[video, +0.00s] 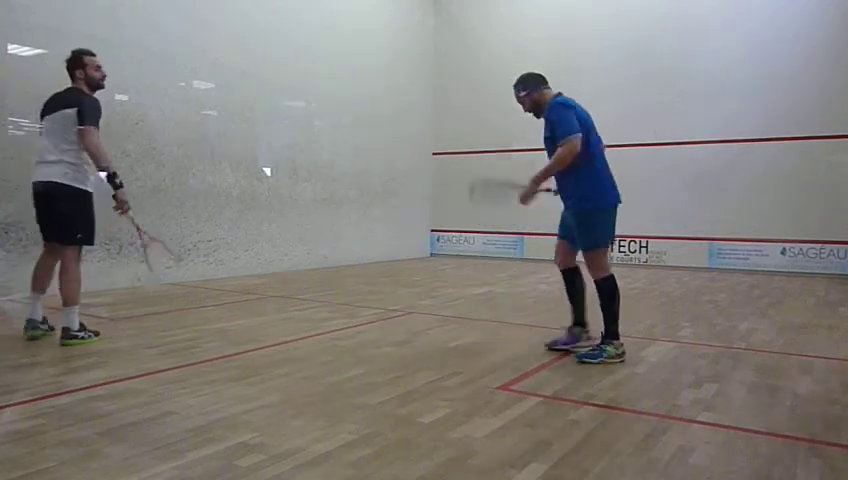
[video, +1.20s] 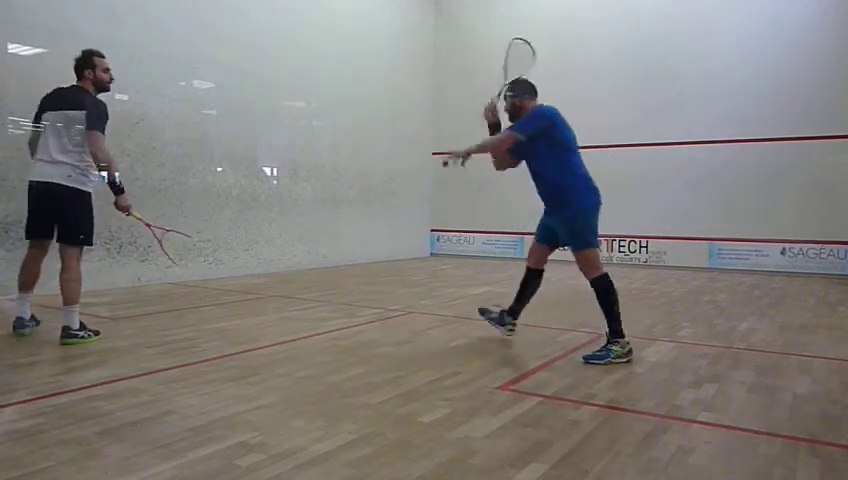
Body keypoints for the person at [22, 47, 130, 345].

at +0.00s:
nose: (103, 73)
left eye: (102, 68)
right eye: (97, 68)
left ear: (77, 75)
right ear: (79, 73)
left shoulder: (50, 102)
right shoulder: (88, 103)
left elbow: (53, 146)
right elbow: (90, 141)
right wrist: (116, 183)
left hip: (43, 185)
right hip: (70, 187)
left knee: (51, 250)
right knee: (71, 256)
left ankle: (34, 319)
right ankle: (72, 327)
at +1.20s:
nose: (111, 76)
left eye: (110, 70)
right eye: (105, 71)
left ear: (82, 75)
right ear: (88, 74)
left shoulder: (50, 98)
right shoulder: (95, 105)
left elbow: (33, 144)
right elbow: (98, 150)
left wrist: (50, 170)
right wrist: (119, 190)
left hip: (40, 185)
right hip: (74, 190)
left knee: (36, 249)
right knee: (71, 259)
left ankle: (22, 316)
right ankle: (72, 326)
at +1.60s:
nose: (66, 78)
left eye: (64, 73)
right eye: (62, 73)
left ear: (37, 77)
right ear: (50, 76)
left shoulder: (9, 104)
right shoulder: (65, 109)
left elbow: (1, 143)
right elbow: (82, 155)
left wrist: (4, 173)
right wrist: (82, 174)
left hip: (13, 190)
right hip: (53, 192)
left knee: (15, 251)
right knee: (67, 253)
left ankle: (11, 315)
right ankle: (70, 307)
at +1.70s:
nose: (56, 76)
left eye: (53, 71)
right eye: (52, 71)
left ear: (27, 78)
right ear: (42, 76)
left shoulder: (5, 102)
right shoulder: (59, 108)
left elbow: (3, 143)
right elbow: (75, 154)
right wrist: (65, 162)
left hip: (10, 189)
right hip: (48, 191)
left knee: (11, 249)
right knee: (60, 247)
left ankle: (10, 314)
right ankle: (62, 303)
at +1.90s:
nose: (45, 76)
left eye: (42, 72)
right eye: (42, 72)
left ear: (16, 78)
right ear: (34, 77)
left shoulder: (3, 102)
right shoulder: (55, 109)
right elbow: (65, 149)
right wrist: (37, 135)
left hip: (8, 187)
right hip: (44, 189)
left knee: (9, 248)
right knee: (41, 245)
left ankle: (10, 312)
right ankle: (46, 306)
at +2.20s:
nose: (48, 105)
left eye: (47, 101)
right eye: (47, 101)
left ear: (25, 101)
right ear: (46, 101)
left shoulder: (13, 119)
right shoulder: (58, 126)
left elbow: (2, 137)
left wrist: (7, 110)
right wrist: (15, 112)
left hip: (22, 195)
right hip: (57, 197)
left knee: (4, 250)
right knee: (40, 243)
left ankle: (9, 308)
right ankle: (42, 301)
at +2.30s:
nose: (32, 112)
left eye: (32, 110)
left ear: (31, 115)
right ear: (54, 118)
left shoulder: (22, 129)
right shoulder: (63, 141)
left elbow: (4, 160)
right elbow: (50, 177)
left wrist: (9, 176)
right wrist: (13, 176)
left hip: (30, 201)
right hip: (63, 206)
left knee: (1, 246)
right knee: (40, 246)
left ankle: (4, 301)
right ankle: (43, 301)